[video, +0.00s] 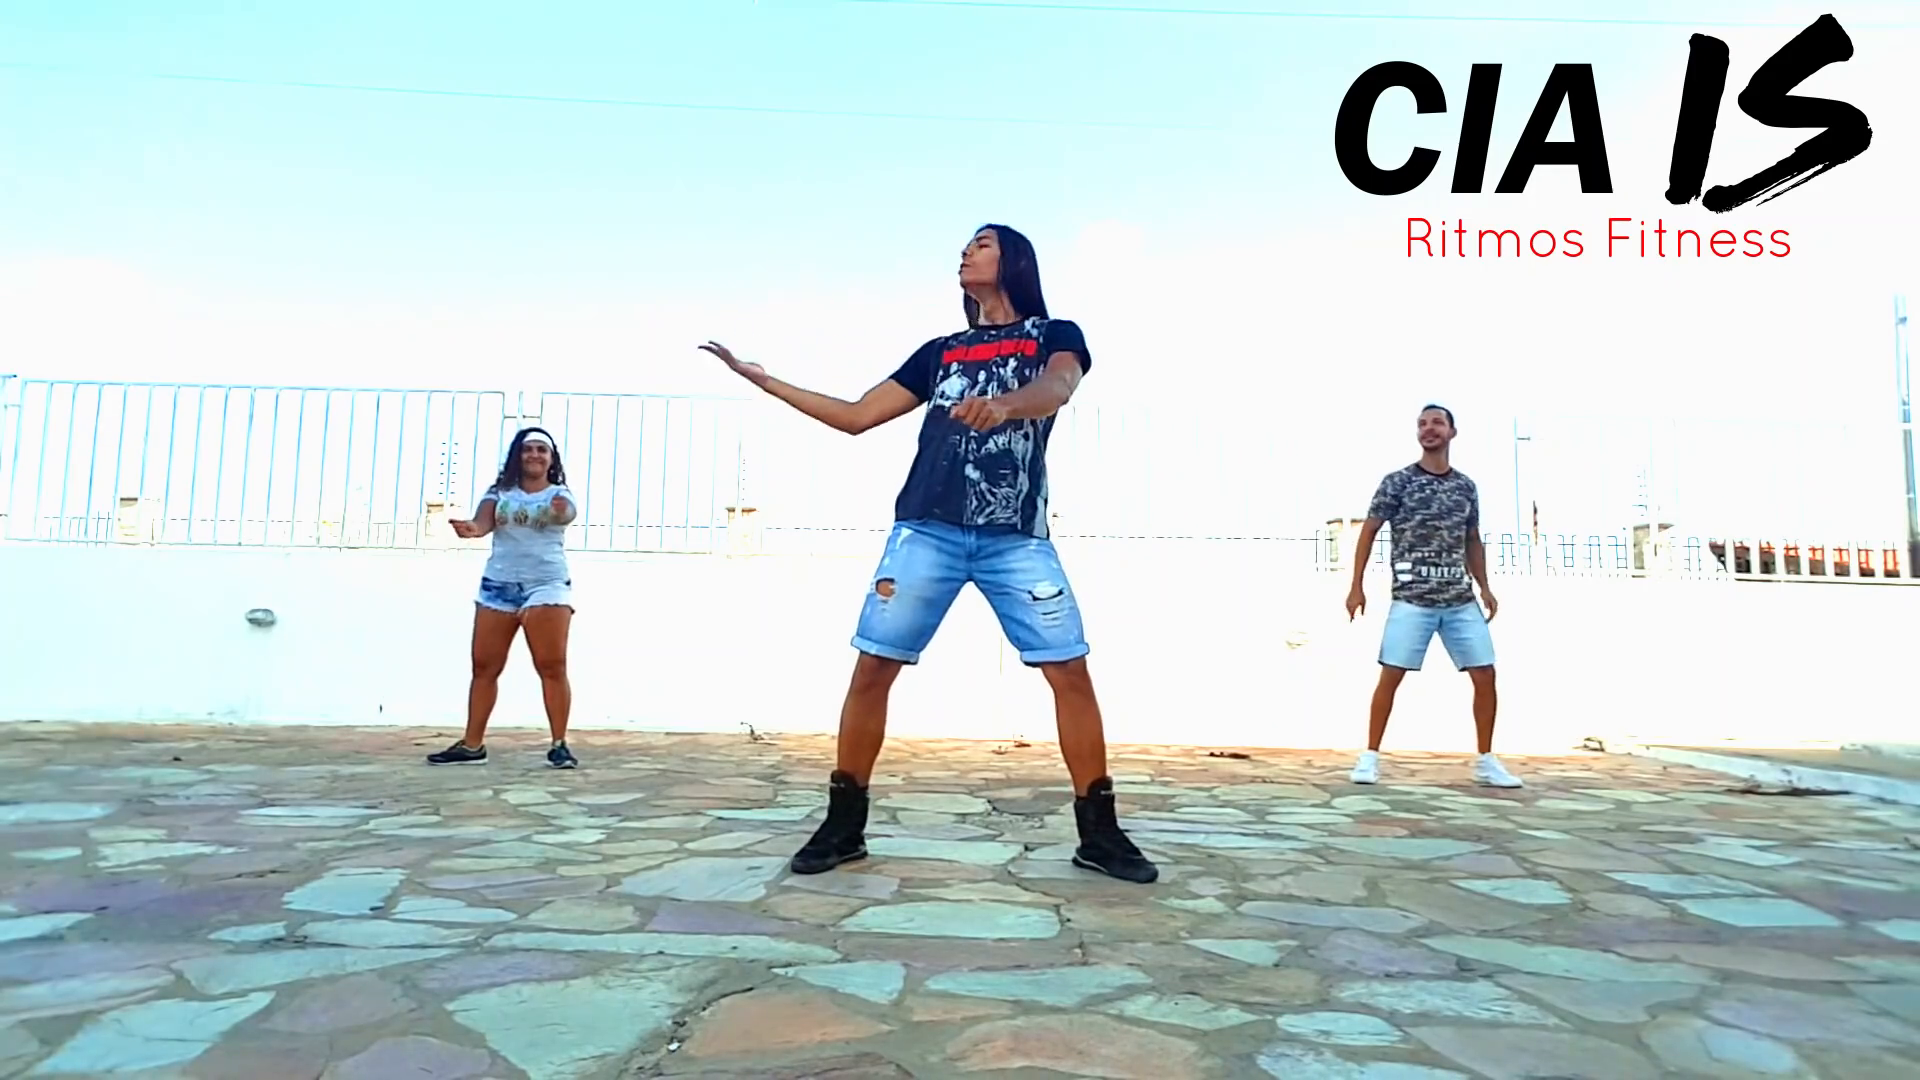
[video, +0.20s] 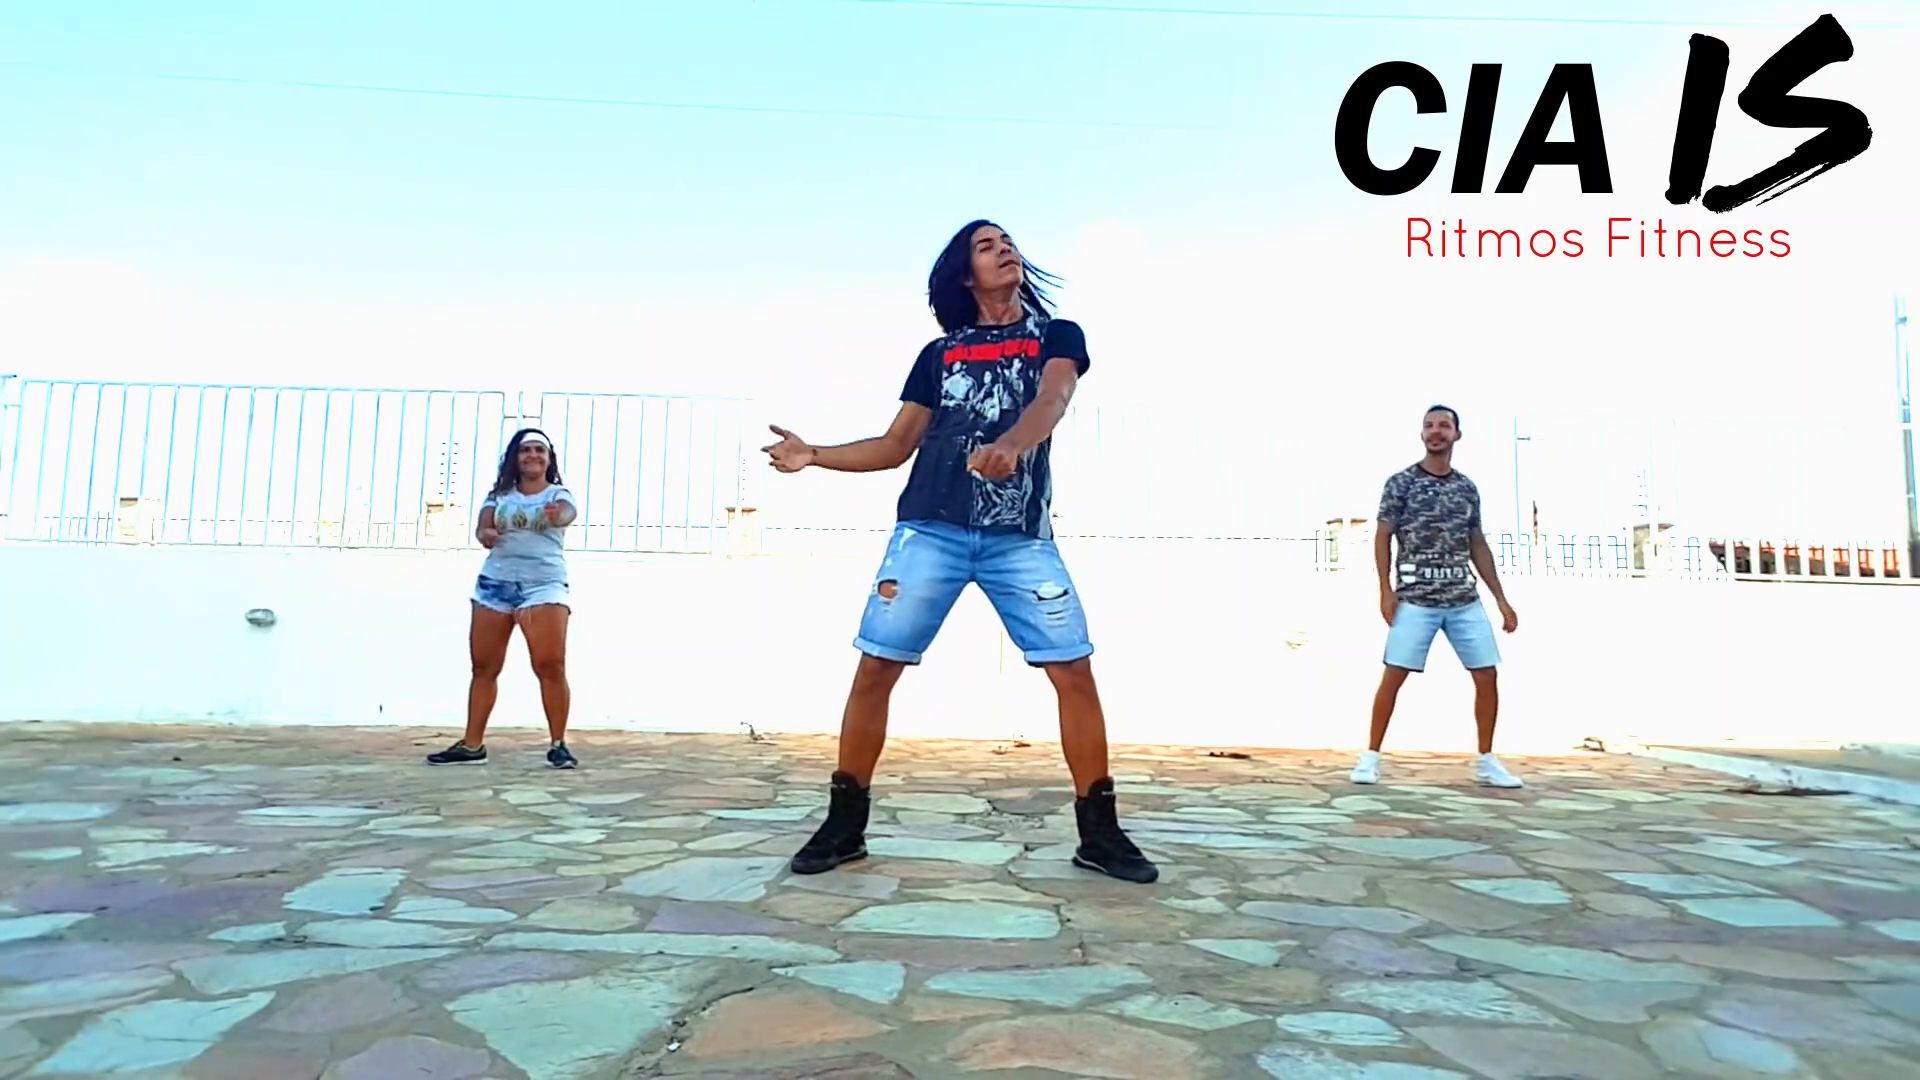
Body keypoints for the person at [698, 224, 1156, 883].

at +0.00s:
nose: (964, 253)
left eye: (980, 245)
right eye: (966, 246)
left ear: (1013, 262)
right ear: (969, 270)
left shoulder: (1055, 334)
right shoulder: (940, 352)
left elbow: (1058, 387)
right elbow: (855, 416)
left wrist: (1002, 406)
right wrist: (764, 379)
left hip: (1016, 536)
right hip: (928, 531)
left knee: (1070, 670)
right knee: (872, 669)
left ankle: (1099, 831)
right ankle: (843, 824)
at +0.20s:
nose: (1005, 250)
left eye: (1009, 242)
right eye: (987, 246)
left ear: (1022, 263)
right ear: (962, 273)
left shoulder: (1058, 335)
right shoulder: (941, 354)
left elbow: (1052, 399)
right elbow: (895, 445)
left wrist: (1013, 444)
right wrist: (813, 454)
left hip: (1020, 537)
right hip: (931, 531)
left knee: (1074, 669)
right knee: (876, 667)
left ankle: (1100, 832)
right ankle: (843, 824)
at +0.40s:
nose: (981, 242)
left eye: (990, 234)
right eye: (966, 239)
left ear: (1010, 253)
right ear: (951, 265)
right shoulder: (934, 339)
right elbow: (908, 440)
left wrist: (1023, 467)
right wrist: (890, 524)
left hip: (1024, 531)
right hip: (933, 527)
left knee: (1082, 663)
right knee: (866, 656)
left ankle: (1107, 824)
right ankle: (838, 816)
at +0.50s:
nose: (978, 263)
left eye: (987, 255)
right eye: (963, 260)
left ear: (1008, 277)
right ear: (949, 289)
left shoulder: (1049, 350)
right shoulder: (930, 361)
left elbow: (1063, 414)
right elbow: (878, 445)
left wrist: (1037, 463)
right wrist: (843, 504)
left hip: (1027, 553)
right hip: (935, 550)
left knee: (1088, 680)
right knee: (858, 674)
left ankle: (1122, 825)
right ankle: (837, 821)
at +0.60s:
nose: (967, 280)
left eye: (976, 271)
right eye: (953, 276)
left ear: (997, 287)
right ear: (940, 298)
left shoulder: (1035, 365)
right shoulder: (917, 373)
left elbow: (1052, 407)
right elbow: (854, 441)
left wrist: (1038, 435)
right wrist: (808, 451)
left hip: (1019, 563)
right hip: (925, 559)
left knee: (1079, 686)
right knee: (851, 676)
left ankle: (1119, 829)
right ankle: (836, 822)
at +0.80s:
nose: (921, 223)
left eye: (931, 213)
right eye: (907, 217)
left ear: (952, 226)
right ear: (893, 235)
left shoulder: (987, 300)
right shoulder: (874, 304)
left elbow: (1003, 338)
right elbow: (866, 376)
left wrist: (985, 348)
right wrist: (821, 366)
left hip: (967, 493)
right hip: (879, 490)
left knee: (1022, 628)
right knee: (816, 625)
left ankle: (1057, 784)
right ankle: (780, 783)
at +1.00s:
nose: (909, 288)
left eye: (918, 276)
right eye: (895, 280)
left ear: (938, 287)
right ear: (876, 298)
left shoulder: (969, 362)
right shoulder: (854, 369)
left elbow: (989, 388)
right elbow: (826, 411)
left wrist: (944, 380)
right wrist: (892, 408)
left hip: (953, 561)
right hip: (862, 558)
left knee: (1011, 684)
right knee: (779, 673)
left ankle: (1033, 824)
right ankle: (755, 816)